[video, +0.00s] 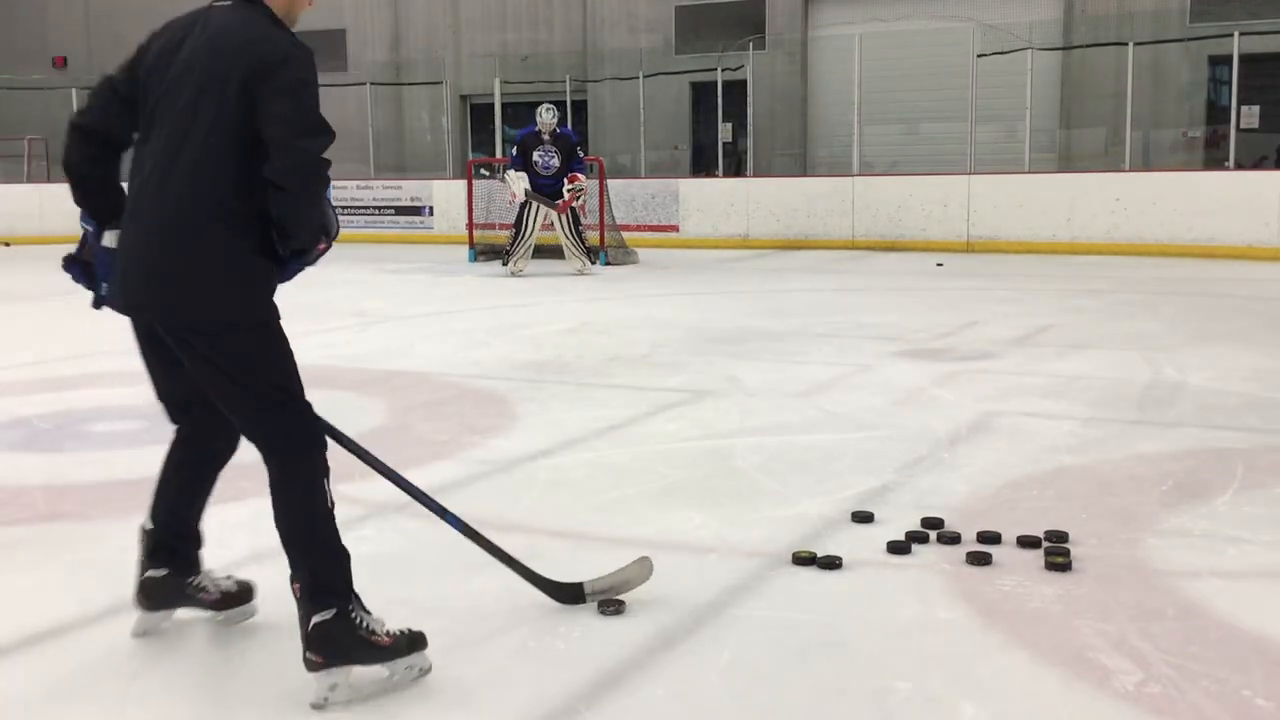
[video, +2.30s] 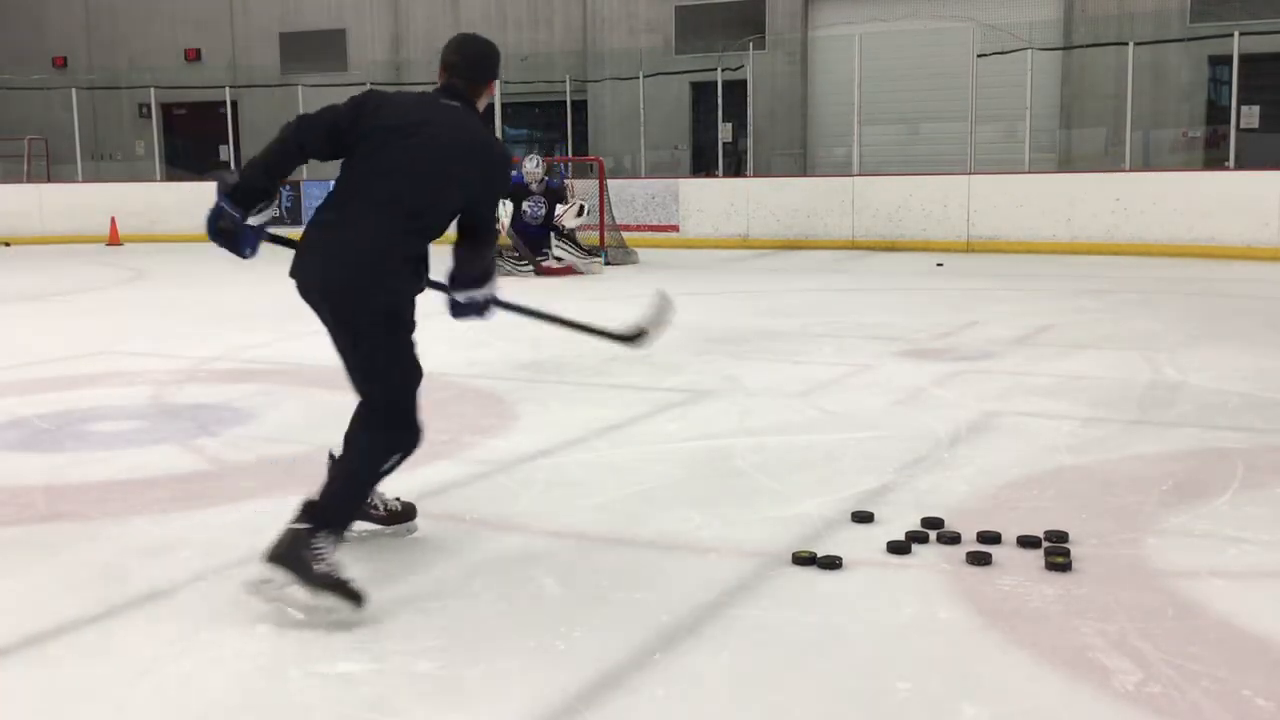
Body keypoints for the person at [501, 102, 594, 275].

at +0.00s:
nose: (546, 127)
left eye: (550, 124)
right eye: (543, 124)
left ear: (556, 121)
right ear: (537, 121)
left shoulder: (567, 138)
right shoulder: (526, 138)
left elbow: (577, 164)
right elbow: (516, 164)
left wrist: (577, 184)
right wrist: (520, 185)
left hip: (560, 194)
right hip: (534, 194)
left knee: (570, 232)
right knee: (526, 231)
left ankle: (583, 265)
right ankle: (515, 266)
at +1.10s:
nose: (539, 142)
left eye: (543, 138)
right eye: (536, 138)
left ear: (549, 138)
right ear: (530, 137)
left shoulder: (558, 153)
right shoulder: (519, 153)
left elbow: (573, 175)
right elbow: (504, 176)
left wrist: (580, 167)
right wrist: (497, 197)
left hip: (552, 198)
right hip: (523, 198)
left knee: (566, 229)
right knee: (509, 229)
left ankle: (579, 263)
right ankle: (496, 264)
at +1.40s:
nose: (539, 149)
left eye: (543, 145)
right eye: (536, 145)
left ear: (549, 146)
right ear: (530, 146)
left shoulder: (556, 164)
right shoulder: (520, 163)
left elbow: (570, 185)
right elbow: (503, 187)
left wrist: (580, 176)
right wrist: (496, 208)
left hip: (549, 204)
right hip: (521, 203)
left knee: (564, 233)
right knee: (507, 232)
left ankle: (583, 263)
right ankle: (491, 264)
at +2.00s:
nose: (538, 155)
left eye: (541, 151)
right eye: (534, 151)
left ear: (547, 152)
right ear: (528, 153)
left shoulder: (556, 170)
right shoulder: (516, 169)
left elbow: (569, 195)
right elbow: (500, 191)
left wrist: (580, 186)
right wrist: (501, 211)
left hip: (549, 209)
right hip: (523, 209)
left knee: (565, 236)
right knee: (510, 237)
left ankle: (584, 263)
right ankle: (491, 265)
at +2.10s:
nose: (538, 158)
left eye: (541, 154)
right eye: (534, 154)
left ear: (548, 156)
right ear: (528, 156)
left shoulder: (556, 174)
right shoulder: (516, 171)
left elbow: (565, 197)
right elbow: (500, 191)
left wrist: (573, 204)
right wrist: (512, 210)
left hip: (549, 217)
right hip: (522, 217)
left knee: (565, 241)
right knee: (512, 243)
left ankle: (587, 264)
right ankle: (493, 266)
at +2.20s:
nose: (536, 164)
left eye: (540, 160)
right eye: (532, 160)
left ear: (547, 160)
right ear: (527, 161)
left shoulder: (556, 180)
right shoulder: (518, 178)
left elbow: (564, 203)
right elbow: (501, 196)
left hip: (549, 224)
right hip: (524, 225)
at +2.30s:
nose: (532, 177)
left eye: (536, 173)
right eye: (529, 173)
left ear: (543, 172)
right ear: (523, 172)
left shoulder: (554, 189)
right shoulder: (515, 187)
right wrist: (502, 218)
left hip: (546, 235)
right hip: (520, 236)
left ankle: (591, 263)